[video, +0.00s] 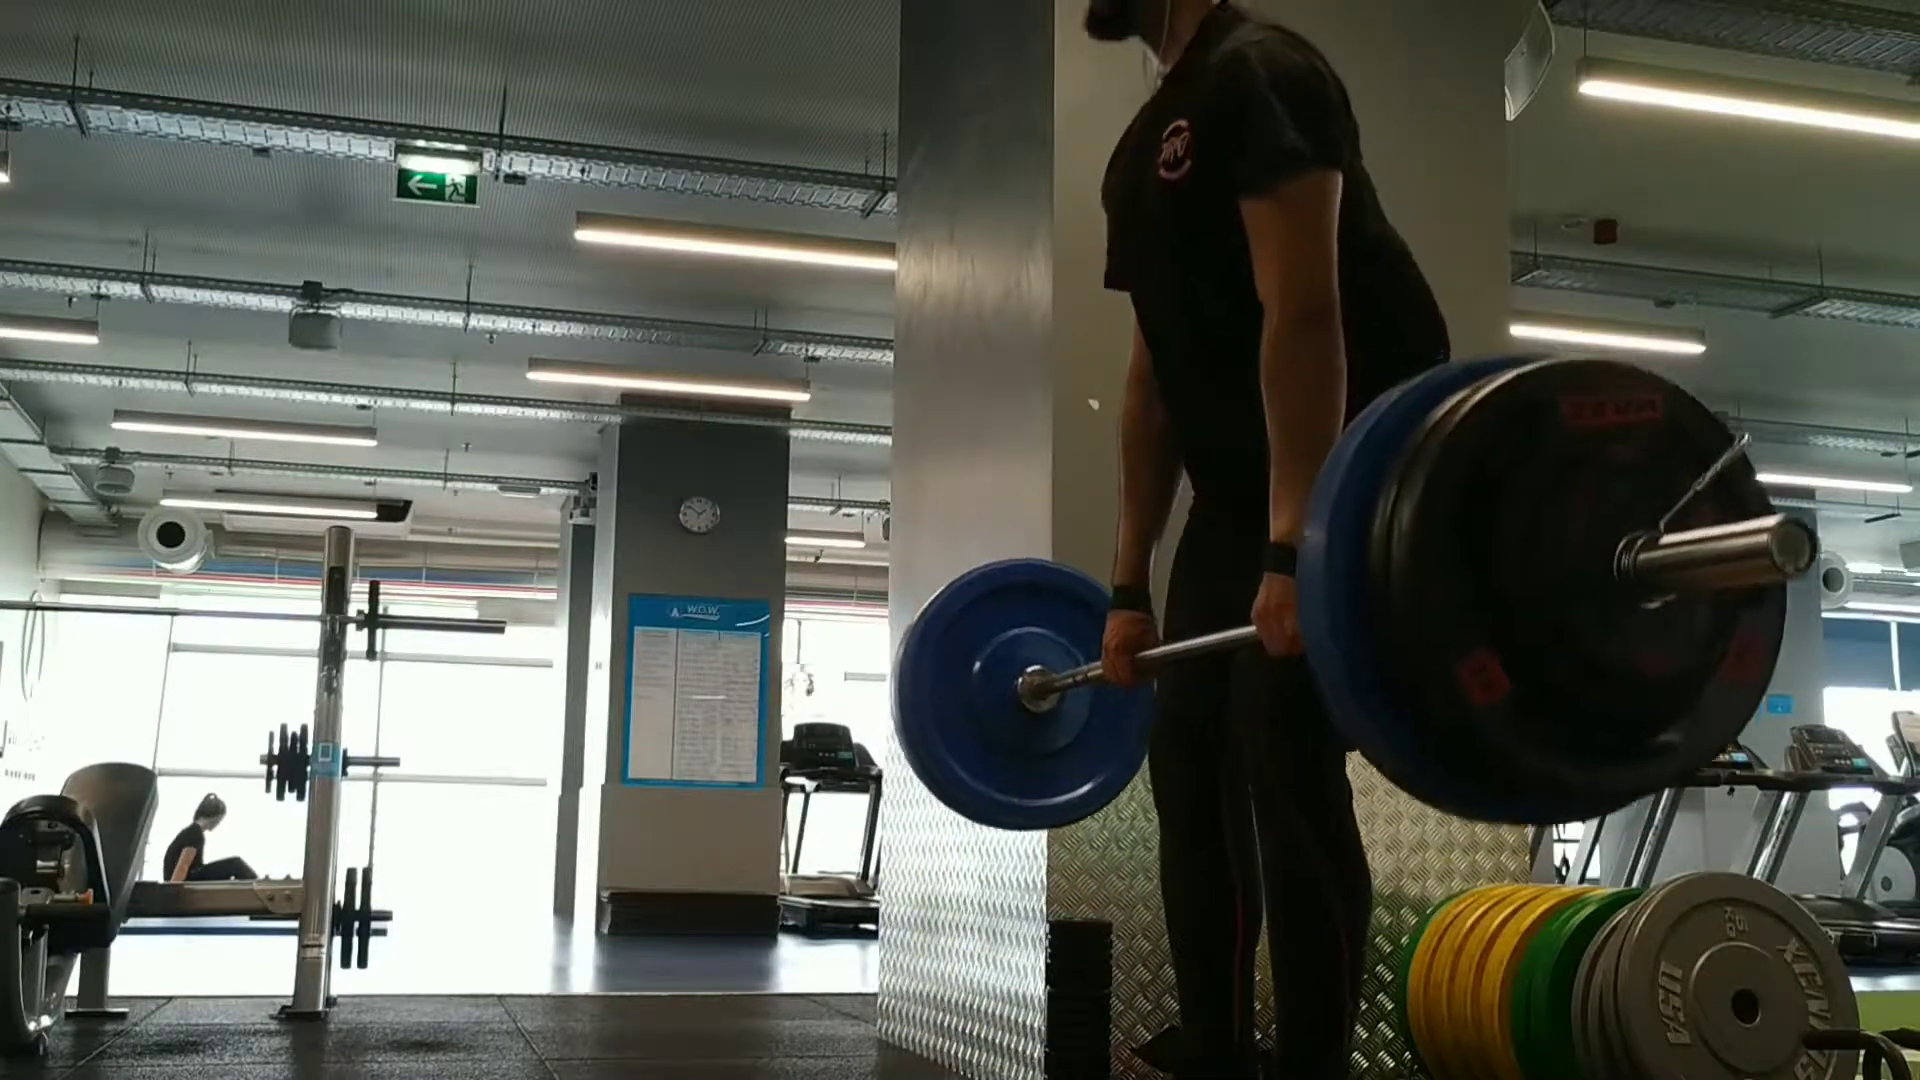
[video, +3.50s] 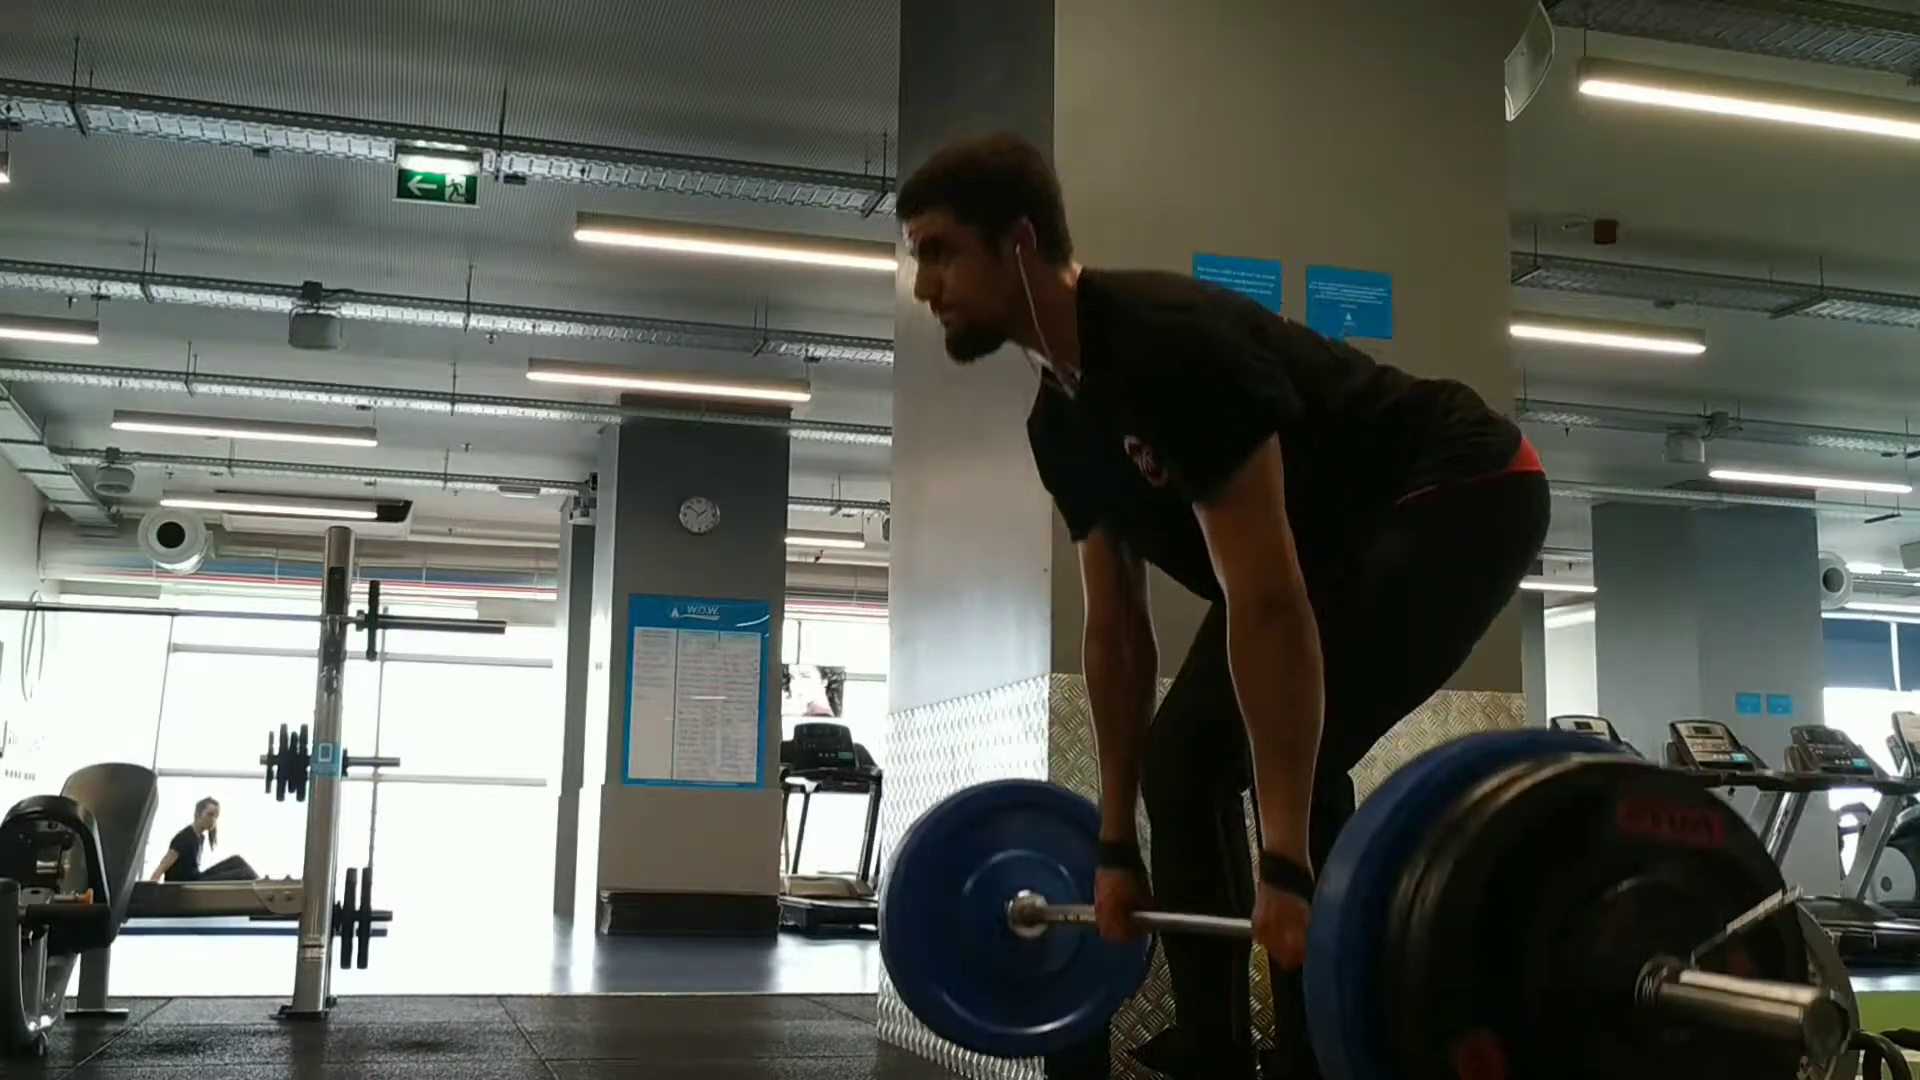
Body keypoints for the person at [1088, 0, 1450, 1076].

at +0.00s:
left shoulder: (1257, 69)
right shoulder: (1150, 137)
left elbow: (1306, 318)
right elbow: (1152, 373)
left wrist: (1291, 549)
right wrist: (1129, 583)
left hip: (1338, 495)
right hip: (1235, 498)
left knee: (1287, 768)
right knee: (1186, 759)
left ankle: (1312, 1059)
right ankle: (1211, 1044)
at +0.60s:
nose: (945, 134)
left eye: (963, 105)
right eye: (938, 111)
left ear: (1044, 100)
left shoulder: (1177, 217)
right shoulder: (1061, 300)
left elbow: (1267, 476)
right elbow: (1117, 518)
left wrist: (1273, 722)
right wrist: (1114, 728)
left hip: (1420, 479)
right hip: (1284, 503)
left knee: (1303, 764)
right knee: (1192, 754)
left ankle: (1311, 1052)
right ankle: (1212, 1038)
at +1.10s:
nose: (904, 310)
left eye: (923, 275)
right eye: (900, 283)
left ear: (1004, 264)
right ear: (998, 274)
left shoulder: (1152, 350)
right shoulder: (1050, 442)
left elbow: (1261, 623)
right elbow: (1111, 642)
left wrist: (1279, 887)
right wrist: (1115, 861)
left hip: (1461, 490)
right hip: (1326, 533)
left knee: (1285, 747)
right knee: (1174, 761)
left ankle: (1317, 1037)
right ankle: (1209, 1041)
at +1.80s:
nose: (949, 133)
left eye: (967, 103)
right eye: (945, 109)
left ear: (1052, 100)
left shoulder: (1184, 215)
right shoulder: (1065, 303)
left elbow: (1270, 480)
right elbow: (1116, 521)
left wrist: (1278, 723)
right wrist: (1117, 730)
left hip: (1427, 470)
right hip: (1290, 498)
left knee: (1330, 756)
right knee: (1212, 750)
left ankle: (1318, 1052)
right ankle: (1216, 1043)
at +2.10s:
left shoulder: (1248, 69)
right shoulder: (1129, 136)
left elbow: (1283, 317)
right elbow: (1126, 376)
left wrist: (1272, 544)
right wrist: (1110, 579)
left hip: (1327, 483)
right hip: (1220, 490)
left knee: (1294, 776)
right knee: (1200, 769)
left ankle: (1314, 1060)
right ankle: (1215, 1050)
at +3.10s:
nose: (972, 120)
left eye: (989, 90)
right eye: (966, 97)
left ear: (1067, 84)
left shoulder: (1201, 204)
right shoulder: (1078, 285)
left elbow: (1277, 456)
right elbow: (1123, 497)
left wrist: (1285, 705)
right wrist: (1116, 714)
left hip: (1423, 488)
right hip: (1285, 516)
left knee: (1314, 766)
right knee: (1199, 756)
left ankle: (1316, 1059)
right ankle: (1213, 1049)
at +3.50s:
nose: (922, 288)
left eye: (938, 255)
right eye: (918, 263)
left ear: (1020, 242)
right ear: (1012, 252)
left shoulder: (1172, 341)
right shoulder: (1061, 424)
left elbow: (1270, 605)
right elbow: (1114, 631)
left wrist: (1287, 868)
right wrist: (1116, 843)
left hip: (1458, 491)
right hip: (1318, 530)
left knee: (1295, 754)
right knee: (1179, 758)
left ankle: (1312, 1047)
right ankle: (1210, 1037)